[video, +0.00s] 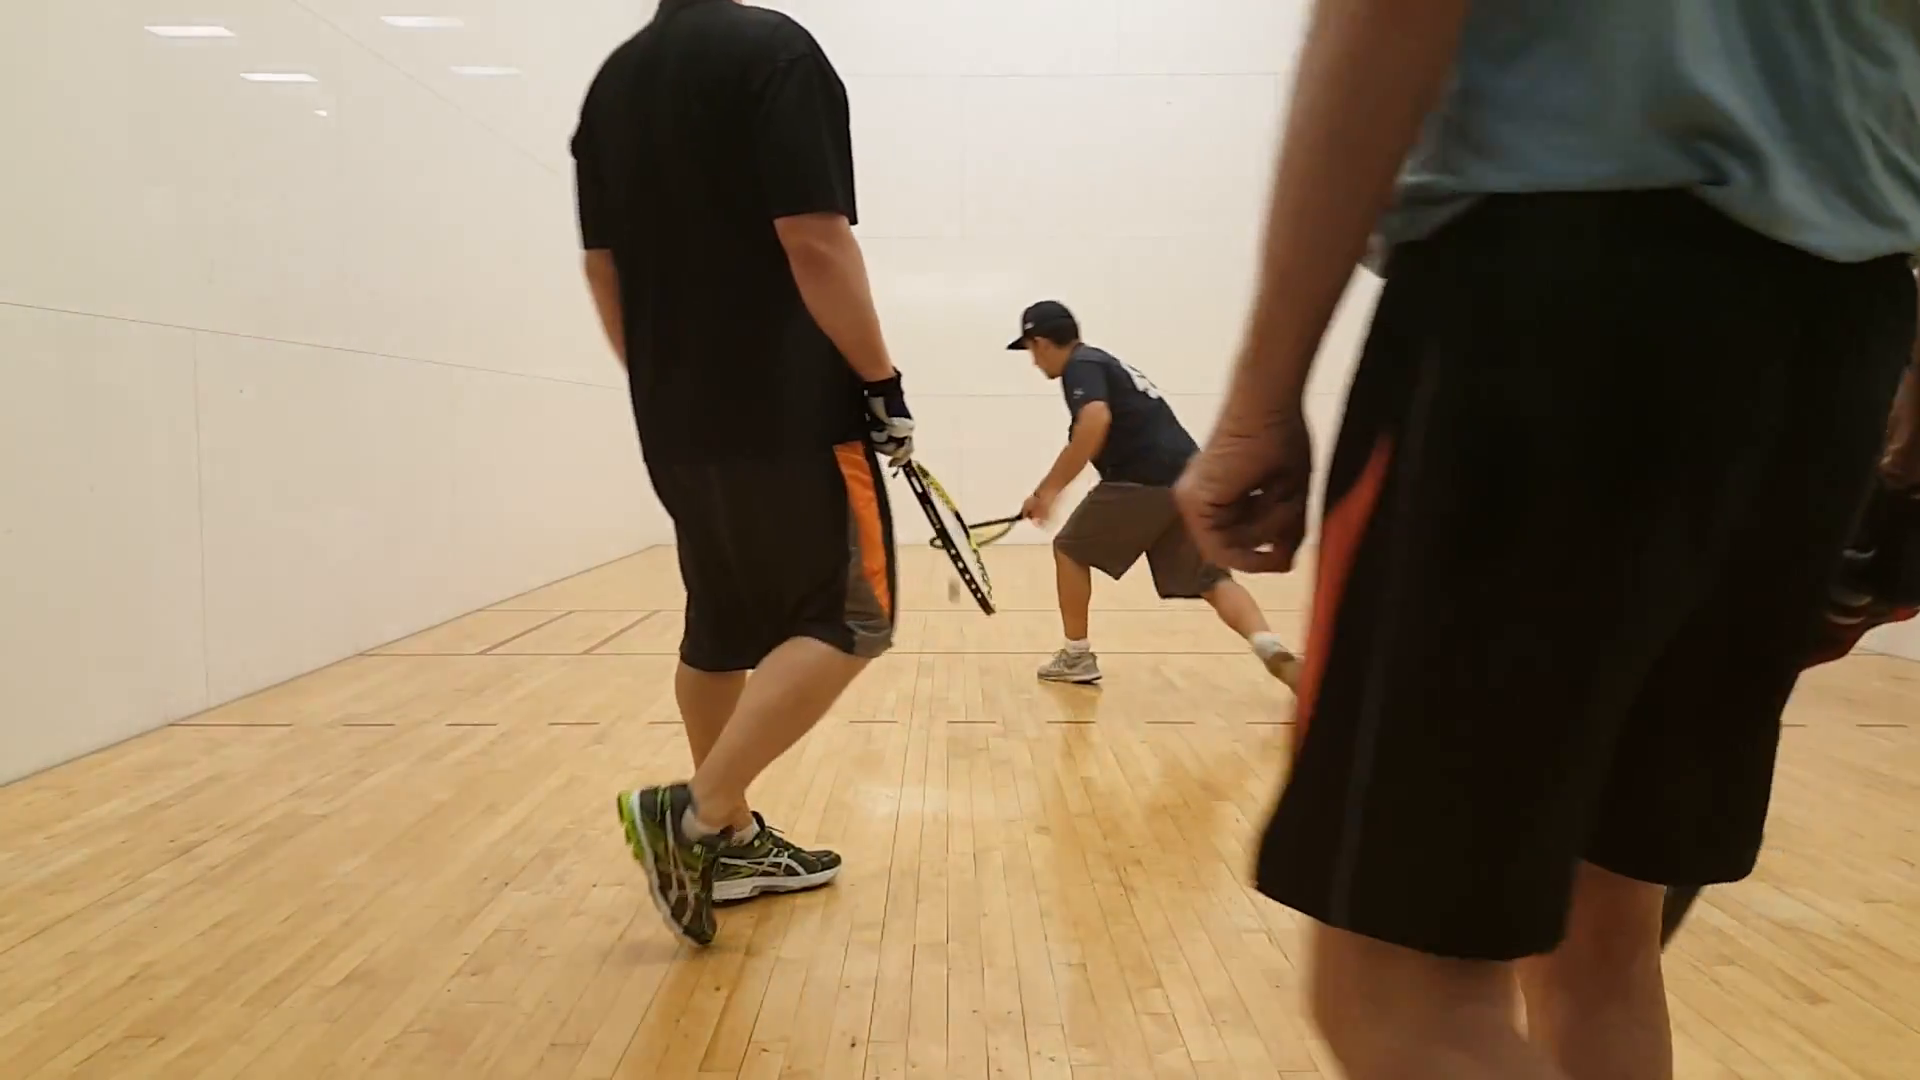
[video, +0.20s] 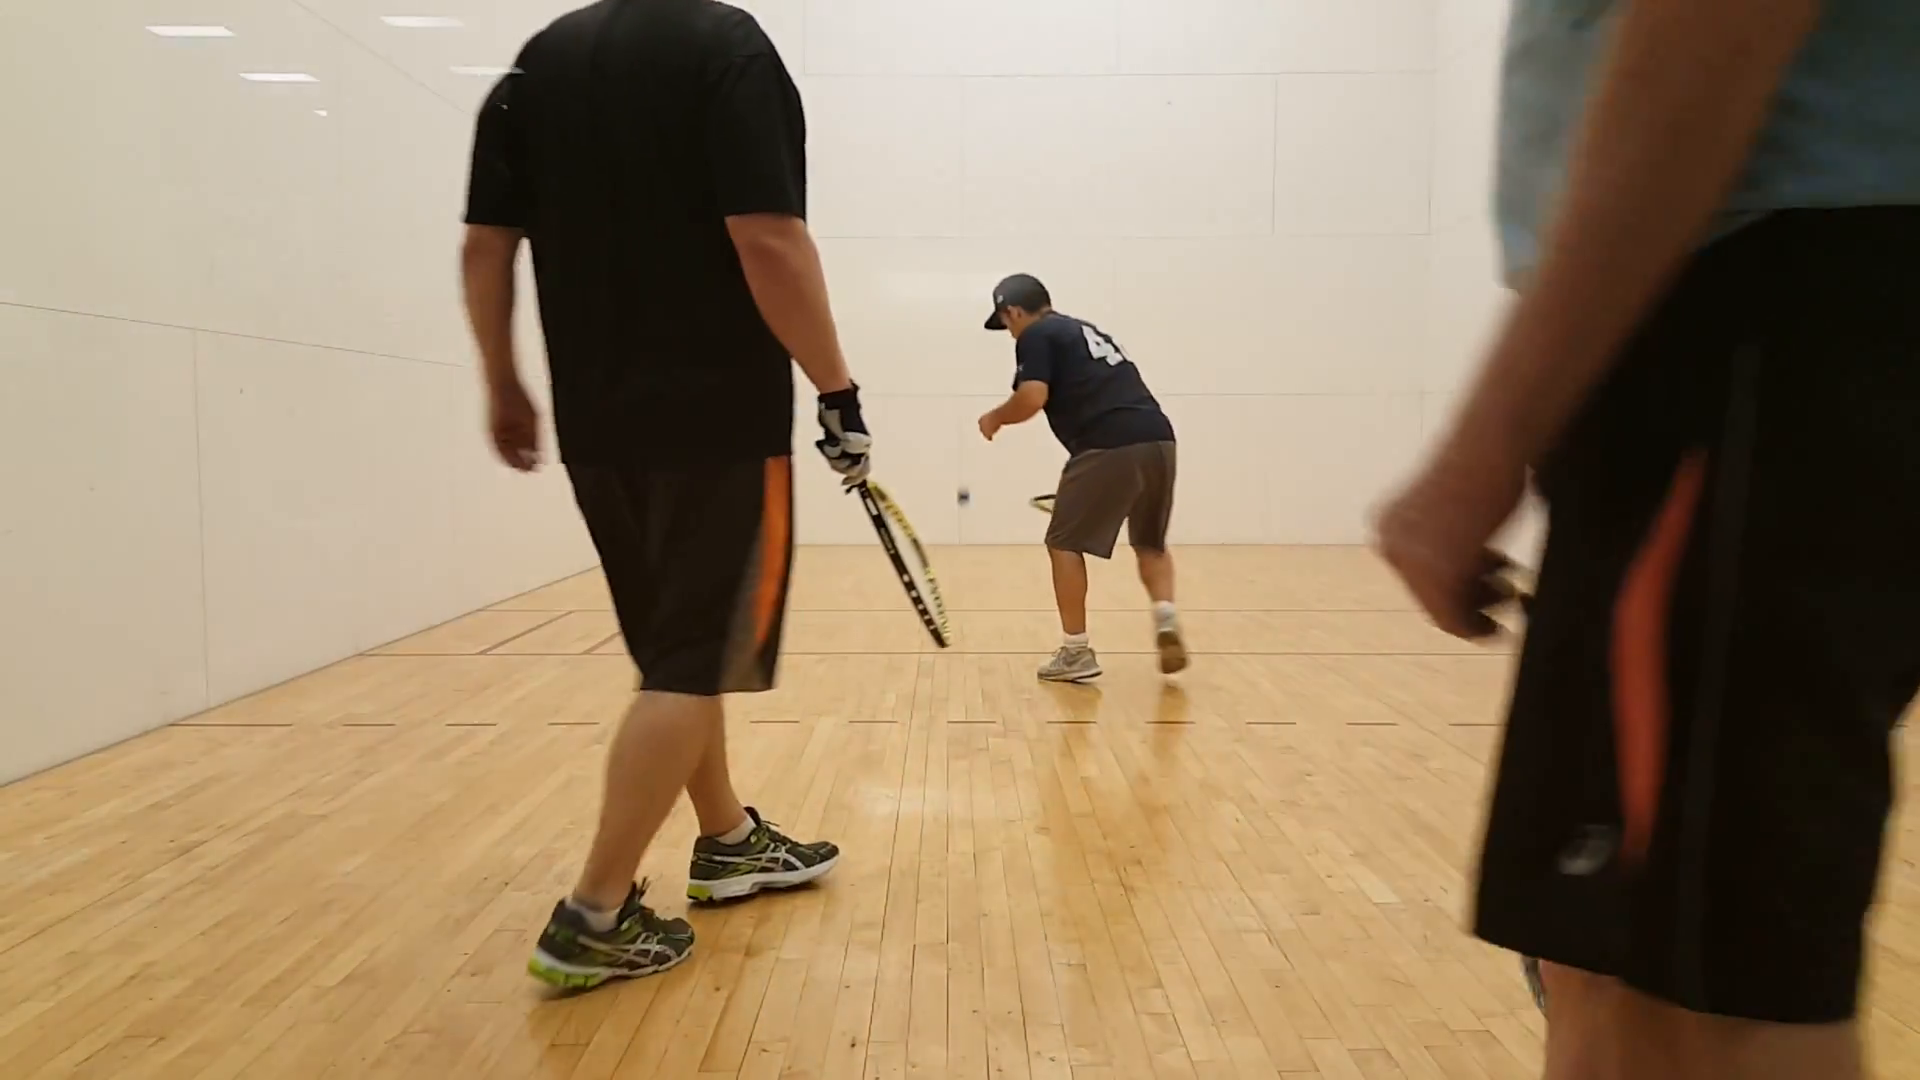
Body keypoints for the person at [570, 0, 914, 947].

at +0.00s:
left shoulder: (613, 81)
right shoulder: (779, 52)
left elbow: (605, 270)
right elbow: (817, 242)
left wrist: (662, 381)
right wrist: (884, 380)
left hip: (677, 409)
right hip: (788, 402)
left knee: (721, 618)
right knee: (855, 618)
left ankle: (732, 835)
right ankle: (694, 813)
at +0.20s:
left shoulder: (540, 61)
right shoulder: (732, 47)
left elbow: (487, 243)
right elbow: (767, 238)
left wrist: (501, 379)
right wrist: (839, 393)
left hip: (597, 417)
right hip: (715, 415)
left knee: (678, 641)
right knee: (691, 659)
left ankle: (729, 838)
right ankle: (595, 914)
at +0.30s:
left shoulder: (503, 39)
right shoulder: (705, 33)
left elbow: (426, 217)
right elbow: (738, 219)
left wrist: (404, 363)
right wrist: (807, 385)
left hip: (549, 403)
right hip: (678, 407)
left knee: (634, 634)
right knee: (635, 663)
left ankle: (699, 833)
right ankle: (585, 929)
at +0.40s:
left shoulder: (467, 16)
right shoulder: (676, 13)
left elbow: (372, 164)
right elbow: (699, 170)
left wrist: (296, 319)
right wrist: (770, 354)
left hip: (507, 386)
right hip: (641, 391)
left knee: (577, 645)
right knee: (612, 668)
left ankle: (604, 853)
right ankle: (580, 934)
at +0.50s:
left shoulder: (430, 3)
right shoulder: (641, 4)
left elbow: (318, 121)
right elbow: (647, 122)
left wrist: (189, 266)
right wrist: (733, 316)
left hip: (462, 386)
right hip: (603, 388)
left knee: (507, 643)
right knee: (602, 667)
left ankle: (480, 869)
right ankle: (587, 928)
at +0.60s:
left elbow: (256, 87)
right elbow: (584, 84)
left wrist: (110, 225)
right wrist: (677, 278)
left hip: (414, 374)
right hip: (569, 376)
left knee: (428, 641)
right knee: (590, 656)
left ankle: (347, 870)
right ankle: (585, 926)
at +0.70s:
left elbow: (179, 75)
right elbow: (526, 64)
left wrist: (56, 221)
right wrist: (640, 261)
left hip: (363, 364)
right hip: (524, 371)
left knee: (340, 636)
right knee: (564, 641)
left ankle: (215, 899)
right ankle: (583, 925)